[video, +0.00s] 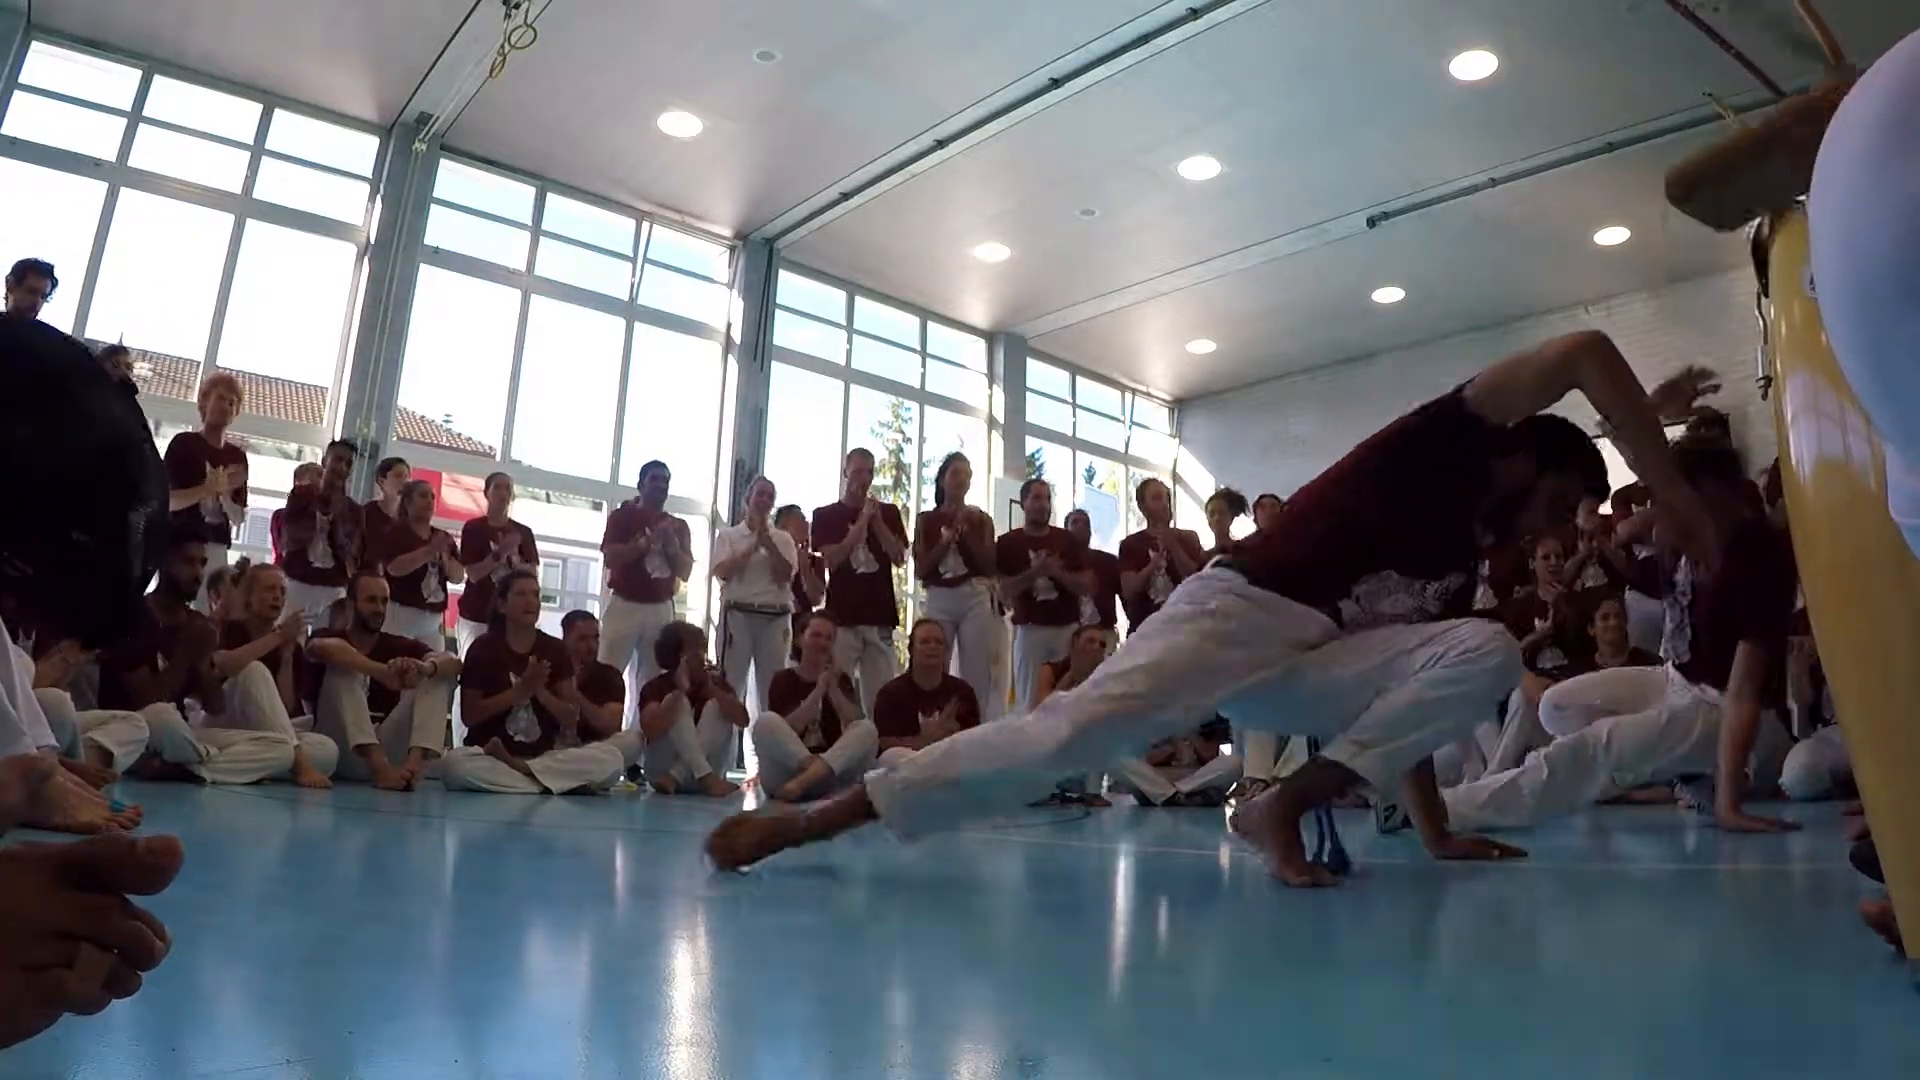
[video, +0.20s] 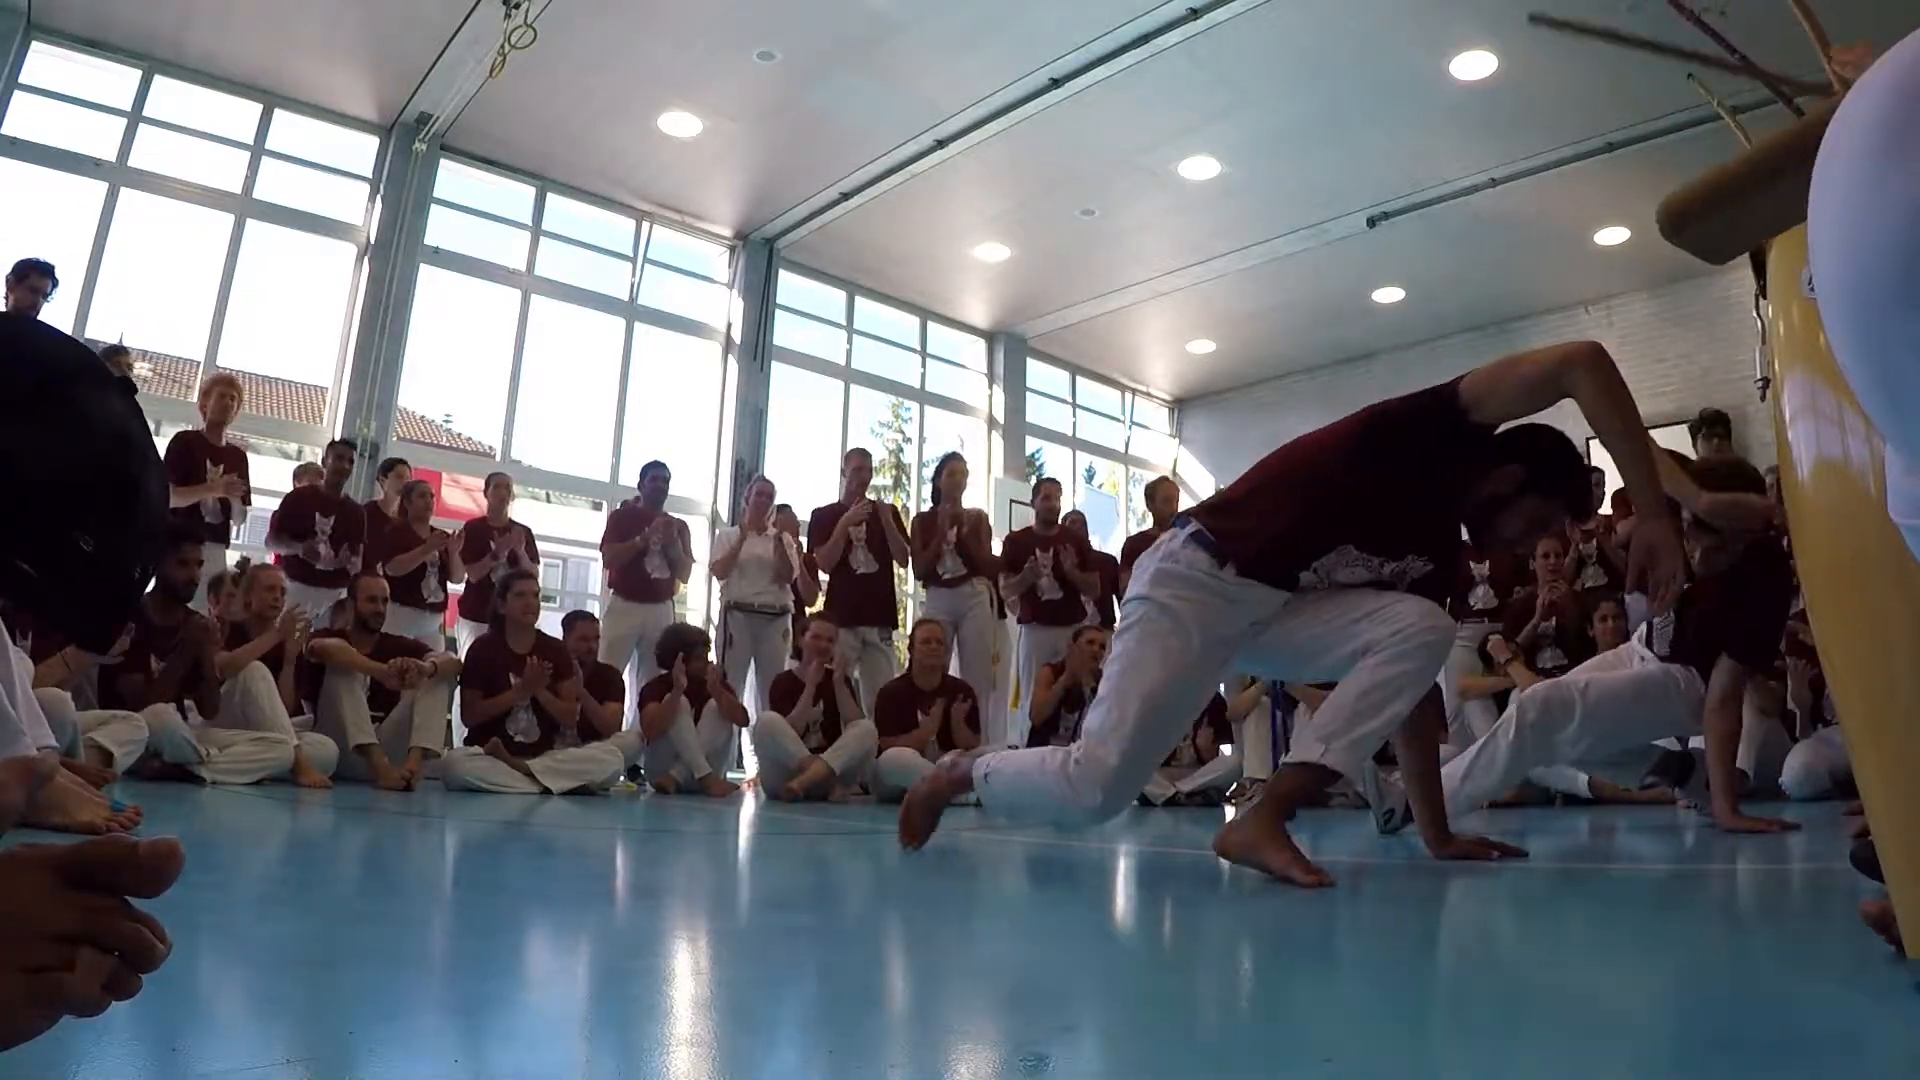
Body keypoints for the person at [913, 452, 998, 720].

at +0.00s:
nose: (962, 479)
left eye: (966, 474)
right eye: (955, 473)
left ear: (971, 480)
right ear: (942, 478)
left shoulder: (981, 519)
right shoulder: (927, 520)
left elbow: (988, 567)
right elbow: (921, 569)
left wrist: (966, 536)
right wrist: (944, 542)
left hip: (976, 598)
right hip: (938, 598)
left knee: (976, 675)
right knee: (933, 673)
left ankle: (976, 737)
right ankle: (932, 737)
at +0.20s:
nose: (959, 480)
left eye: (963, 474)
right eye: (952, 474)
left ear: (968, 480)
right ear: (938, 479)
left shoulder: (978, 518)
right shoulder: (923, 521)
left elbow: (985, 564)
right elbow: (919, 569)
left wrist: (963, 538)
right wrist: (941, 535)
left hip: (974, 595)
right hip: (937, 596)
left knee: (977, 678)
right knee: (933, 675)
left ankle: (977, 747)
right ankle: (933, 747)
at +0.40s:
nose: (958, 480)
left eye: (963, 474)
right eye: (951, 474)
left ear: (967, 480)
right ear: (937, 480)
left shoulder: (978, 516)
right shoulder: (923, 520)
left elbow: (986, 565)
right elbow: (921, 570)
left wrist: (961, 536)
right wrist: (949, 540)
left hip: (975, 598)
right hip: (937, 597)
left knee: (977, 683)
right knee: (932, 678)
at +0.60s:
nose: (961, 480)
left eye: (965, 476)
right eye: (954, 475)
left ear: (969, 482)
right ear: (940, 481)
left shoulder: (979, 516)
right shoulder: (926, 520)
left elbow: (991, 565)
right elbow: (922, 570)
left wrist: (970, 540)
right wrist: (944, 539)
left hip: (978, 597)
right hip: (941, 597)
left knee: (980, 678)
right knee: (935, 675)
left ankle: (982, 741)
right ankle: (935, 740)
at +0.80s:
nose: (966, 481)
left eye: (970, 476)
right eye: (959, 475)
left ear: (974, 482)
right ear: (945, 481)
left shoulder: (985, 521)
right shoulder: (929, 523)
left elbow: (989, 565)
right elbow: (926, 571)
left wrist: (968, 540)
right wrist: (950, 544)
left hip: (981, 598)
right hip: (944, 598)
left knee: (981, 679)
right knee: (939, 673)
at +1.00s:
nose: (968, 482)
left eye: (973, 477)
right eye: (962, 476)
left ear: (978, 483)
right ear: (948, 481)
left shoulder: (984, 519)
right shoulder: (934, 523)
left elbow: (991, 561)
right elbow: (931, 568)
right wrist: (949, 541)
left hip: (979, 592)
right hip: (947, 594)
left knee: (980, 667)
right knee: (946, 666)